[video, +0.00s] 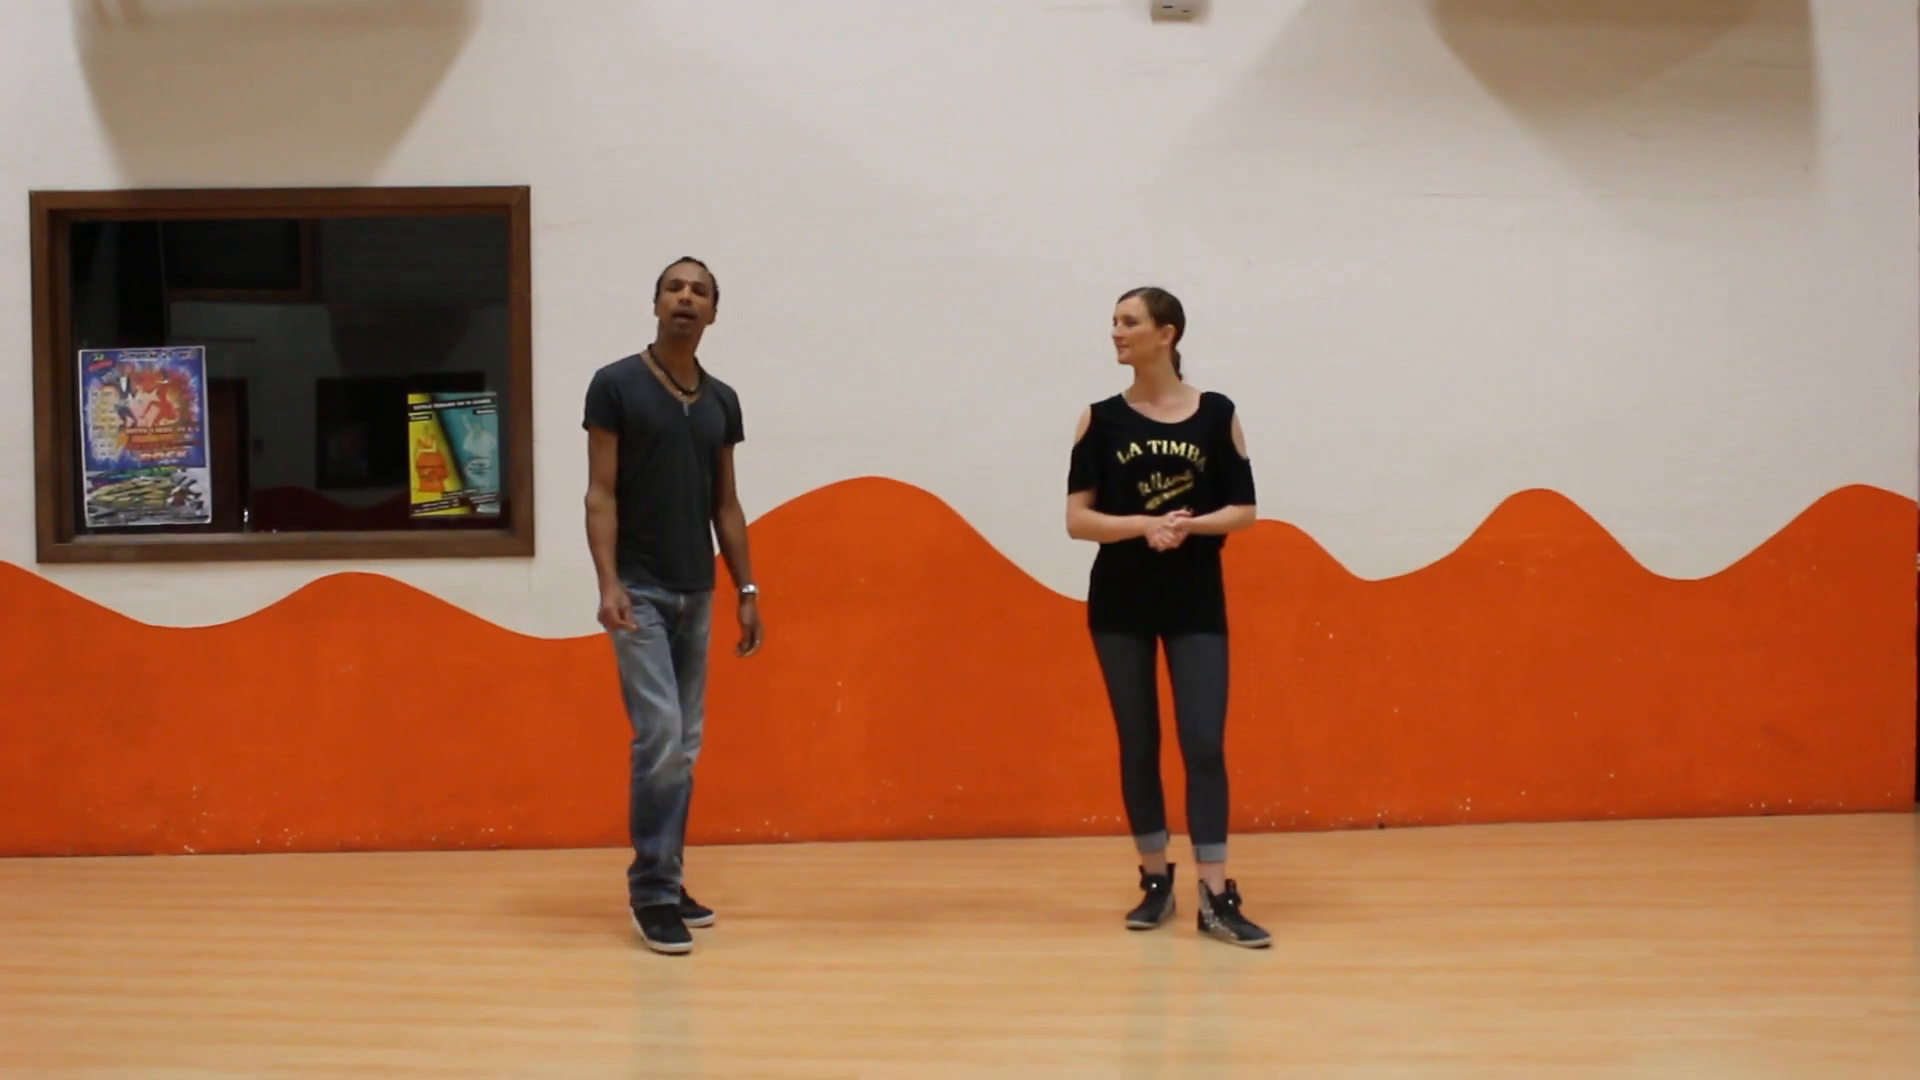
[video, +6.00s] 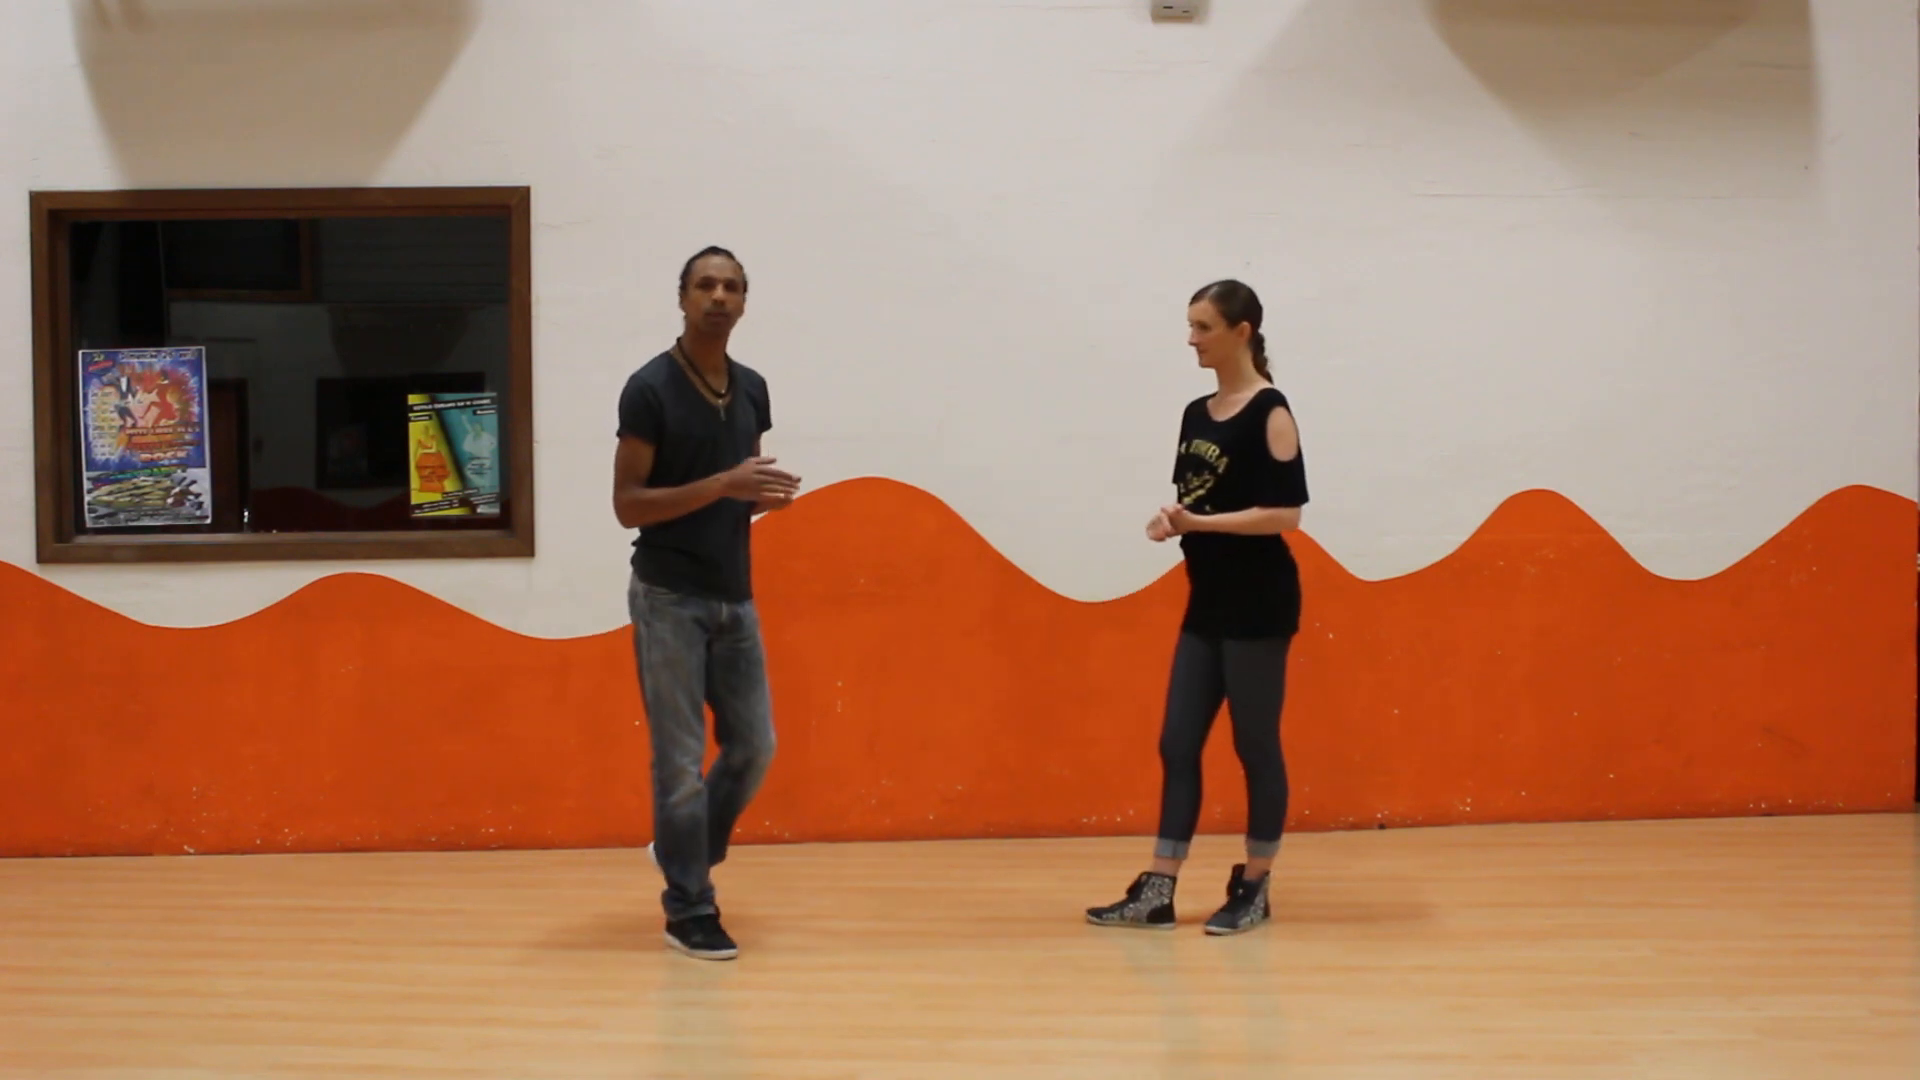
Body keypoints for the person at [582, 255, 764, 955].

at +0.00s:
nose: (685, 298)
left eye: (699, 291)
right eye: (674, 288)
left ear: (714, 312)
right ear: (654, 304)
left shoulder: (720, 401)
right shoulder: (616, 385)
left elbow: (726, 503)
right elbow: (601, 493)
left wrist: (747, 591)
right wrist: (608, 584)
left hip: (695, 589)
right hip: (637, 588)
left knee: (684, 741)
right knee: (661, 734)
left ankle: (665, 881)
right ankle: (653, 891)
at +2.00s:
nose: (776, 279)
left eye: (790, 275)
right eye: (765, 265)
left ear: (796, 301)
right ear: (734, 277)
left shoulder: (805, 391)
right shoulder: (677, 375)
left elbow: (805, 505)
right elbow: (646, 498)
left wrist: (826, 588)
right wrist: (723, 557)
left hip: (774, 607)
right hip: (696, 605)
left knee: (765, 778)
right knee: (687, 772)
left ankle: (753, 937)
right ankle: (667, 895)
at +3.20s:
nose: (695, 293)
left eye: (707, 287)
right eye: (683, 280)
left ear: (713, 310)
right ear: (650, 295)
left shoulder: (721, 395)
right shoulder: (604, 391)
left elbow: (722, 500)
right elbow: (574, 512)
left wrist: (729, 522)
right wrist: (677, 512)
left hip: (694, 607)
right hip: (619, 608)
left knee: (720, 771)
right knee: (620, 773)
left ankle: (751, 936)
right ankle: (621, 924)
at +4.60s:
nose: (733, 315)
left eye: (740, 306)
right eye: (721, 300)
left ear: (737, 320)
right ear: (682, 303)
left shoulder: (715, 396)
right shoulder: (642, 386)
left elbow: (688, 497)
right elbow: (613, 497)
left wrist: (729, 497)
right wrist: (709, 484)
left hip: (689, 586)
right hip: (639, 583)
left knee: (670, 739)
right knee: (664, 737)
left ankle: (645, 887)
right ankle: (636, 897)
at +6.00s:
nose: (720, 296)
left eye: (732, 287)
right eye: (707, 285)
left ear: (745, 303)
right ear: (681, 299)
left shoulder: (752, 391)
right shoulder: (650, 389)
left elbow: (732, 488)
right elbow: (627, 506)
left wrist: (766, 489)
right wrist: (725, 483)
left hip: (732, 596)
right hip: (667, 595)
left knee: (752, 745)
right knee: (682, 756)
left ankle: (689, 850)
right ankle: (690, 909)